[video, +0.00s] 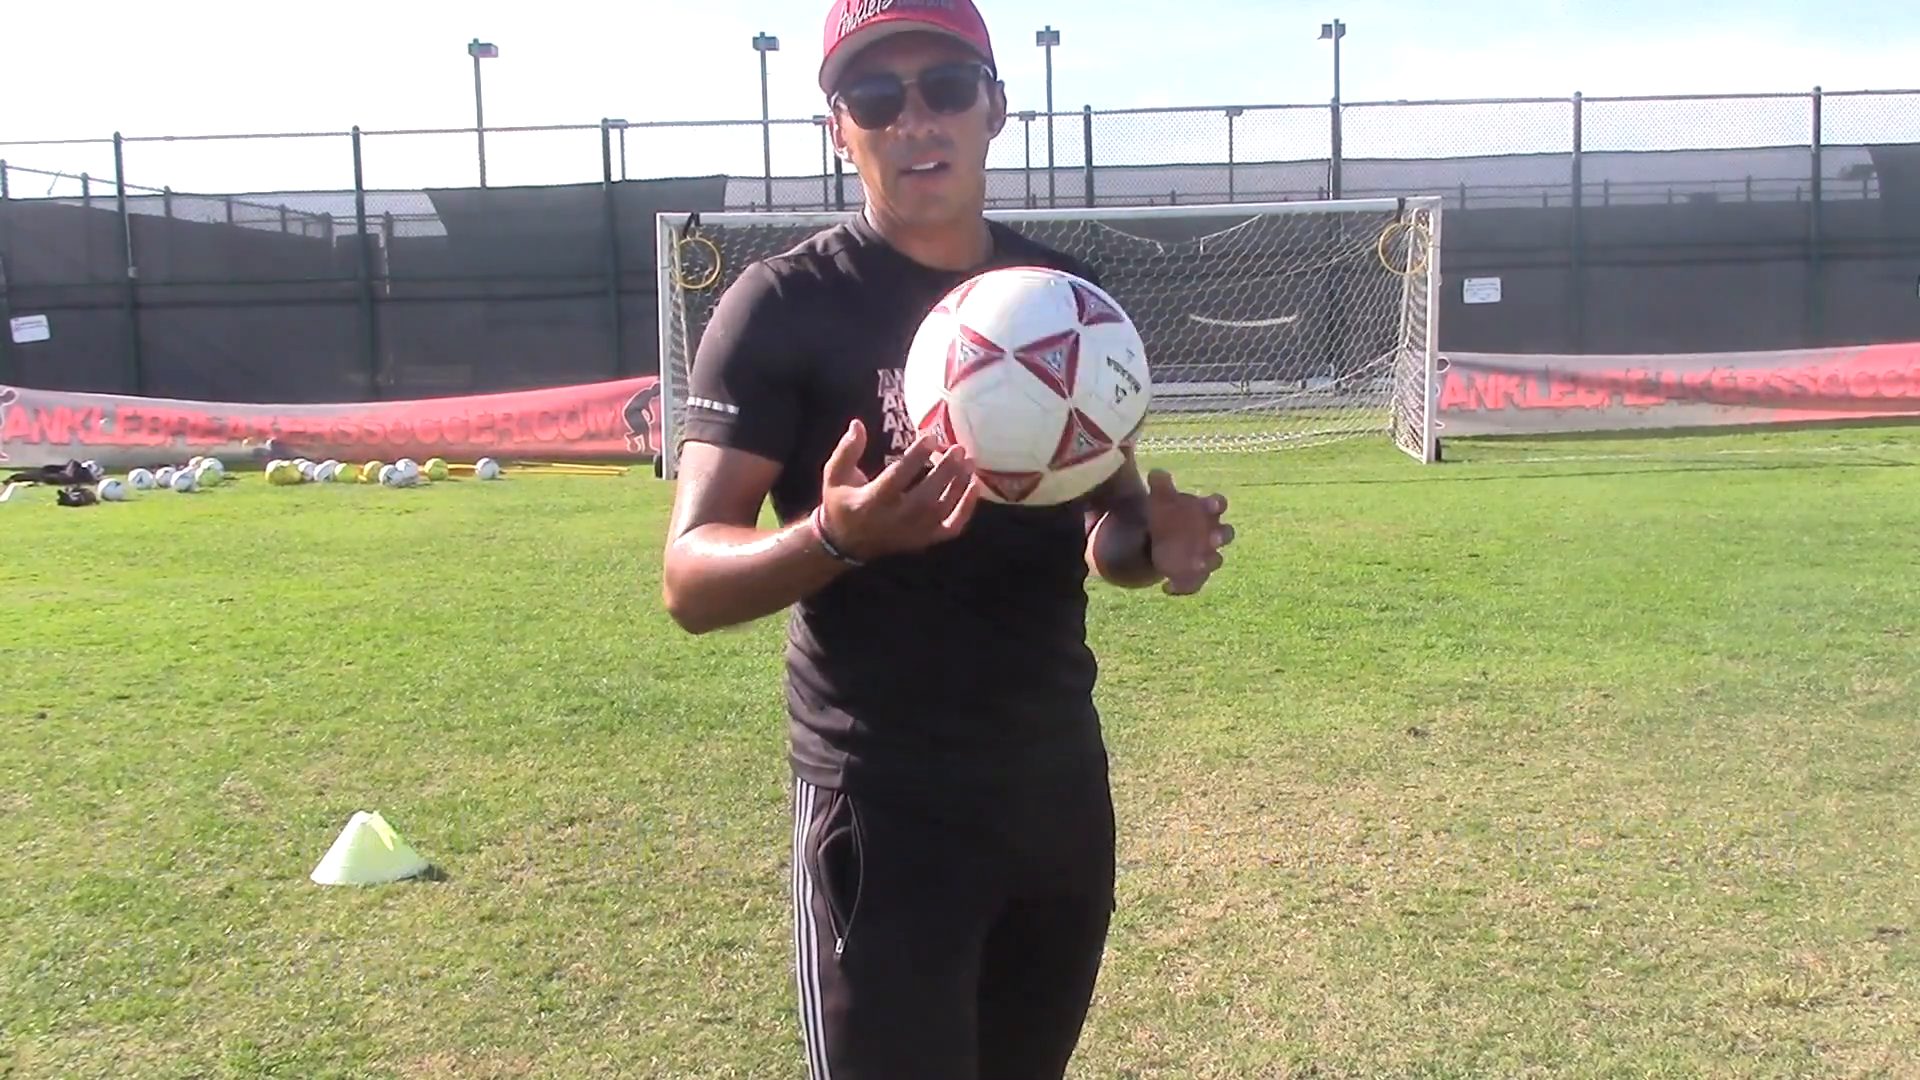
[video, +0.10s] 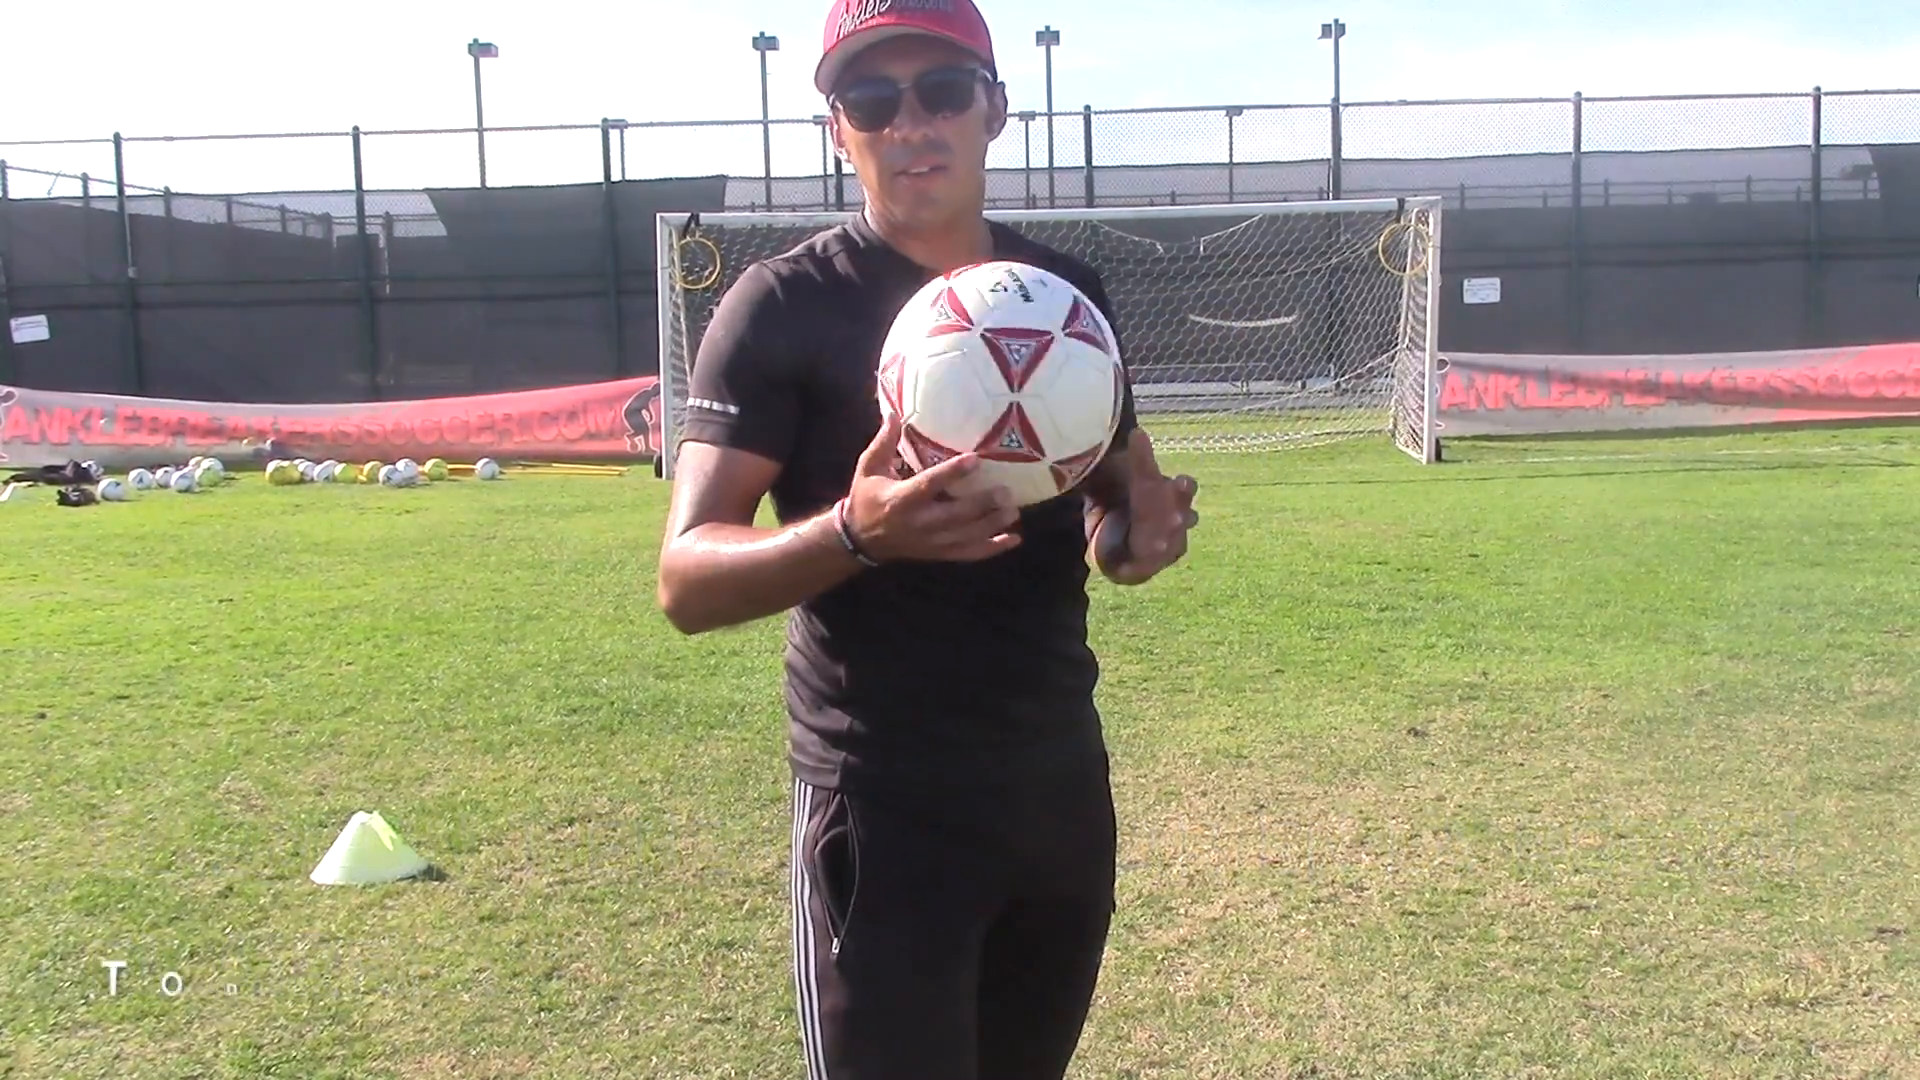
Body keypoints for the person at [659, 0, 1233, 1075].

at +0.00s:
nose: (918, 122)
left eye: (946, 89)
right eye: (880, 97)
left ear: (993, 109)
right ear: (841, 131)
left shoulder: (1060, 288)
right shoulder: (776, 307)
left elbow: (1111, 541)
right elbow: (692, 586)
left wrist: (1157, 539)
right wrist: (831, 537)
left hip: (1058, 780)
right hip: (878, 792)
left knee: (1028, 1063)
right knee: (890, 1061)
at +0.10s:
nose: (913, 123)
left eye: (944, 91)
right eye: (876, 98)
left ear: (992, 110)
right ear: (839, 128)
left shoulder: (1061, 288)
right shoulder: (776, 309)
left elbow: (1130, 509)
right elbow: (689, 585)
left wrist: (1141, 535)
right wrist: (852, 534)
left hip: (1058, 781)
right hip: (879, 792)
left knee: (1027, 1064)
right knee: (888, 1060)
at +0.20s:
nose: (909, 121)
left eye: (941, 89)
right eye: (872, 97)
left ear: (995, 113)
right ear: (838, 129)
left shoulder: (1065, 290)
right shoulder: (775, 309)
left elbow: (1131, 561)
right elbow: (689, 583)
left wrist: (1125, 475)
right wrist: (869, 536)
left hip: (1055, 775)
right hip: (876, 789)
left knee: (1027, 1065)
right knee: (889, 1061)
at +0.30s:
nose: (905, 117)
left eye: (939, 88)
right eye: (871, 94)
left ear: (996, 115)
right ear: (837, 128)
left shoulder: (1066, 291)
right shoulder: (772, 311)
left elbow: (1126, 563)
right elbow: (686, 581)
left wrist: (1145, 490)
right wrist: (875, 541)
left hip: (1054, 776)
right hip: (875, 789)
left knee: (1026, 1064)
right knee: (887, 1060)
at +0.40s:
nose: (903, 116)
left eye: (938, 88)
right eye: (870, 93)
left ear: (998, 117)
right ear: (839, 126)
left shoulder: (1067, 292)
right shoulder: (773, 310)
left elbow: (1133, 544)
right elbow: (677, 576)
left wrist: (1145, 507)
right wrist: (870, 546)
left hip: (1052, 777)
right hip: (873, 791)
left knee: (1024, 1063)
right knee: (889, 1060)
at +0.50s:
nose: (904, 116)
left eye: (940, 86)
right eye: (871, 92)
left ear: (1001, 117)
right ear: (841, 124)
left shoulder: (1070, 295)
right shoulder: (771, 309)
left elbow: (1120, 501)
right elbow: (667, 572)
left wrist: (1146, 525)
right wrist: (858, 547)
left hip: (1050, 775)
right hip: (870, 789)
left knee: (1024, 1062)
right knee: (894, 1061)